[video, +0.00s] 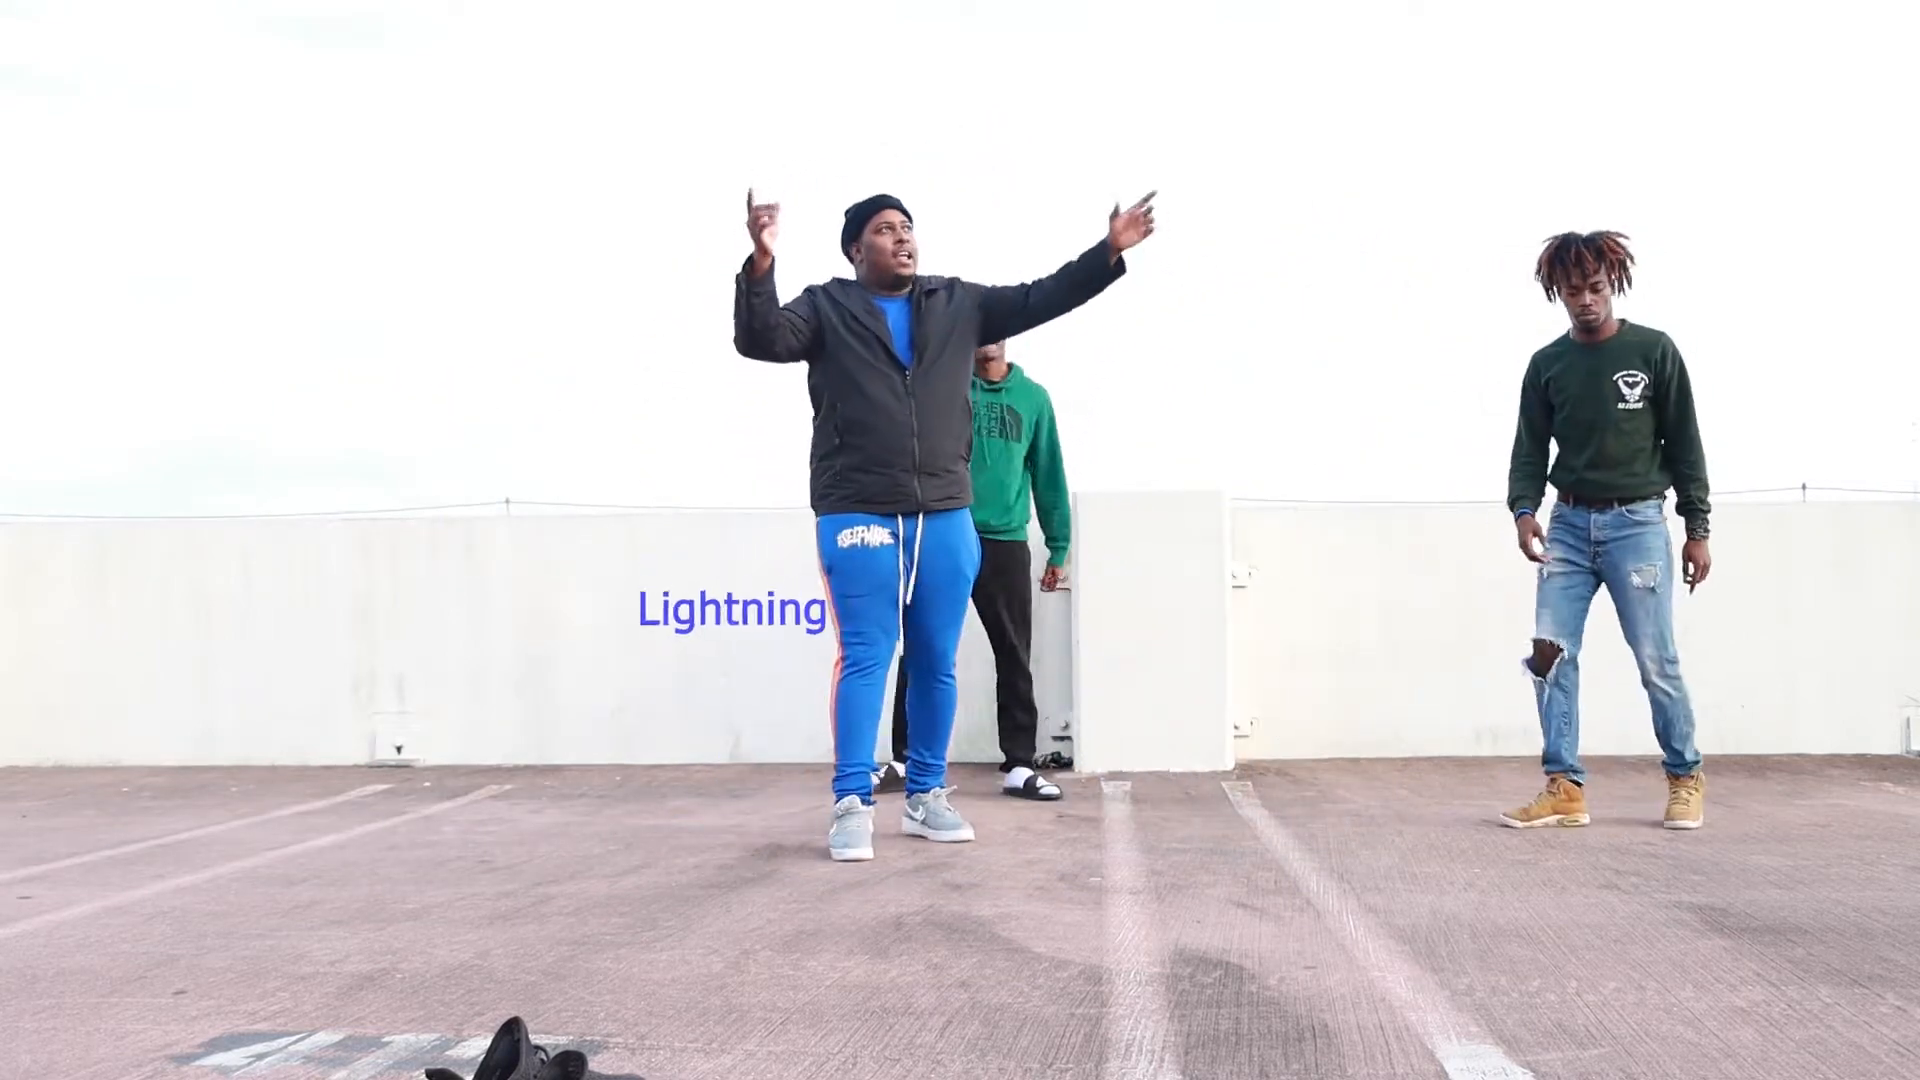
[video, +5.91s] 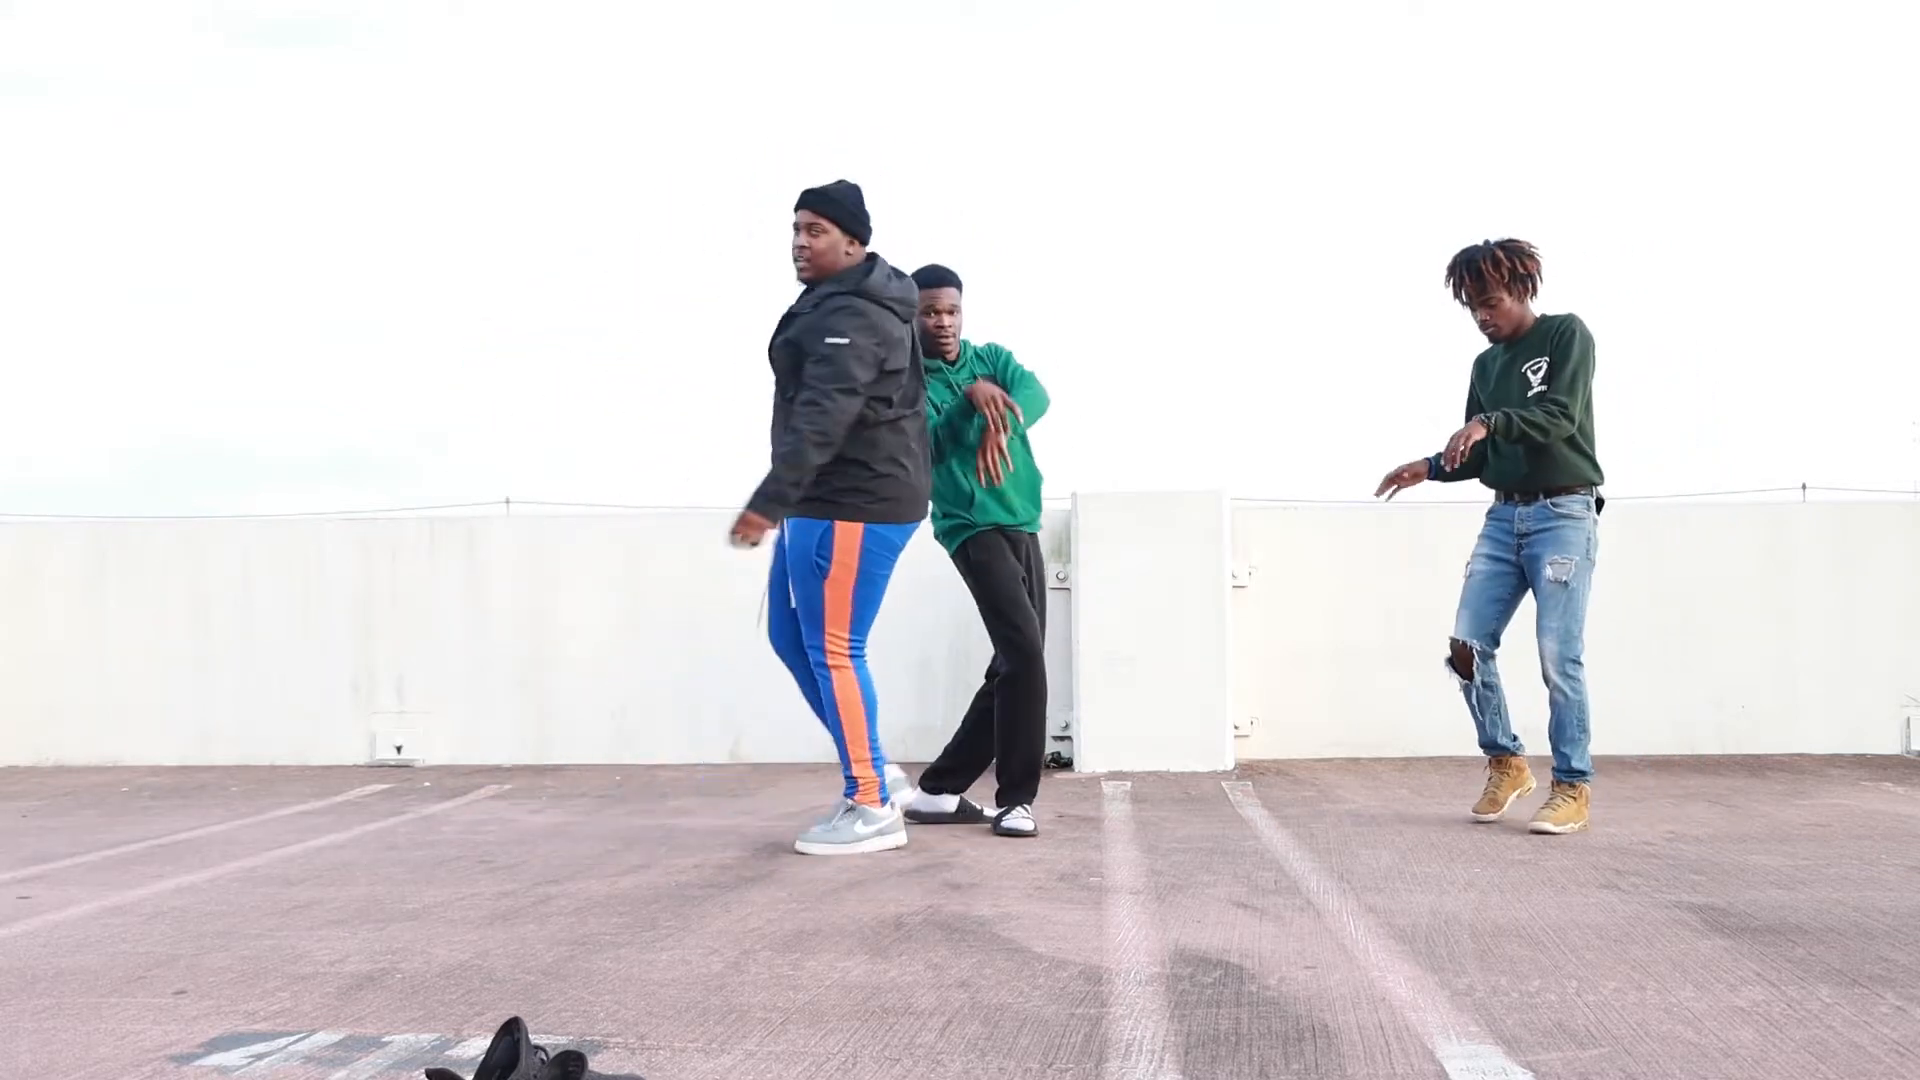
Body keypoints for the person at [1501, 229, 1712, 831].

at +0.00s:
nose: (1586, 298)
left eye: (1595, 285)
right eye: (1573, 290)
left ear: (1615, 283)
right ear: (1559, 295)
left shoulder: (1653, 350)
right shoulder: (1546, 364)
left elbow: (1683, 442)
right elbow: (1530, 444)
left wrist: (1696, 529)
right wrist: (1524, 509)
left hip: (1638, 522)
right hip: (1568, 525)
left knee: (1655, 659)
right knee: (1550, 651)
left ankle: (1684, 778)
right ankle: (1564, 787)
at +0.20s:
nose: (1585, 291)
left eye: (1595, 280)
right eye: (1574, 281)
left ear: (1614, 280)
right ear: (1559, 284)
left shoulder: (1644, 349)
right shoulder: (1533, 356)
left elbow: (1663, 444)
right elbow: (1520, 445)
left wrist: (1671, 526)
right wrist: (1543, 504)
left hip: (1628, 515)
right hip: (1555, 516)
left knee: (1648, 647)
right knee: (1543, 647)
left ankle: (1652, 771)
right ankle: (1556, 784)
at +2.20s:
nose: (1568, 297)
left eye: (1578, 285)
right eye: (1557, 286)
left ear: (1600, 285)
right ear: (1544, 290)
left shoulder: (1627, 353)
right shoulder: (1522, 359)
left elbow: (1641, 447)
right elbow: (1497, 450)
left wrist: (1654, 526)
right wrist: (1488, 534)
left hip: (1618, 520)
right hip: (1552, 517)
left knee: (1631, 652)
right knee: (1541, 651)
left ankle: (1626, 784)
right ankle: (1526, 778)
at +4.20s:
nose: (1502, 311)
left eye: (1512, 299)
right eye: (1492, 300)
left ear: (1536, 296)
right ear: (1481, 302)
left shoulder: (1568, 348)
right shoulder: (1462, 353)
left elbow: (1597, 432)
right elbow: (1434, 437)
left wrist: (1591, 512)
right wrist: (1436, 506)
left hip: (1553, 525)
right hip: (1481, 522)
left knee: (1561, 654)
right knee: (1464, 644)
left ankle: (1537, 781)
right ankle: (1494, 763)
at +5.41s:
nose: (1464, 312)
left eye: (1475, 299)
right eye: (1456, 302)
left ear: (1507, 291)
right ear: (1451, 300)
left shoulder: (1546, 342)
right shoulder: (1453, 358)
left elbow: (1563, 428)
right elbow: (1443, 437)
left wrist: (1518, 459)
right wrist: (1430, 511)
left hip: (1532, 516)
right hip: (1471, 520)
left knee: (1531, 641)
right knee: (1479, 651)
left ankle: (1555, 771)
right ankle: (1502, 774)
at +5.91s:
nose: (1481, 318)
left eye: (1490, 304)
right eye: (1473, 308)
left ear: (1524, 291)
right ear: (1469, 304)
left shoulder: (1566, 333)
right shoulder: (1485, 366)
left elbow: (1558, 418)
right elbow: (1486, 460)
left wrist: (1490, 423)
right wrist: (1430, 467)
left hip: (1562, 516)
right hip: (1505, 519)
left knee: (1557, 656)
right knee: (1468, 650)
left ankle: (1571, 787)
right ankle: (1505, 765)